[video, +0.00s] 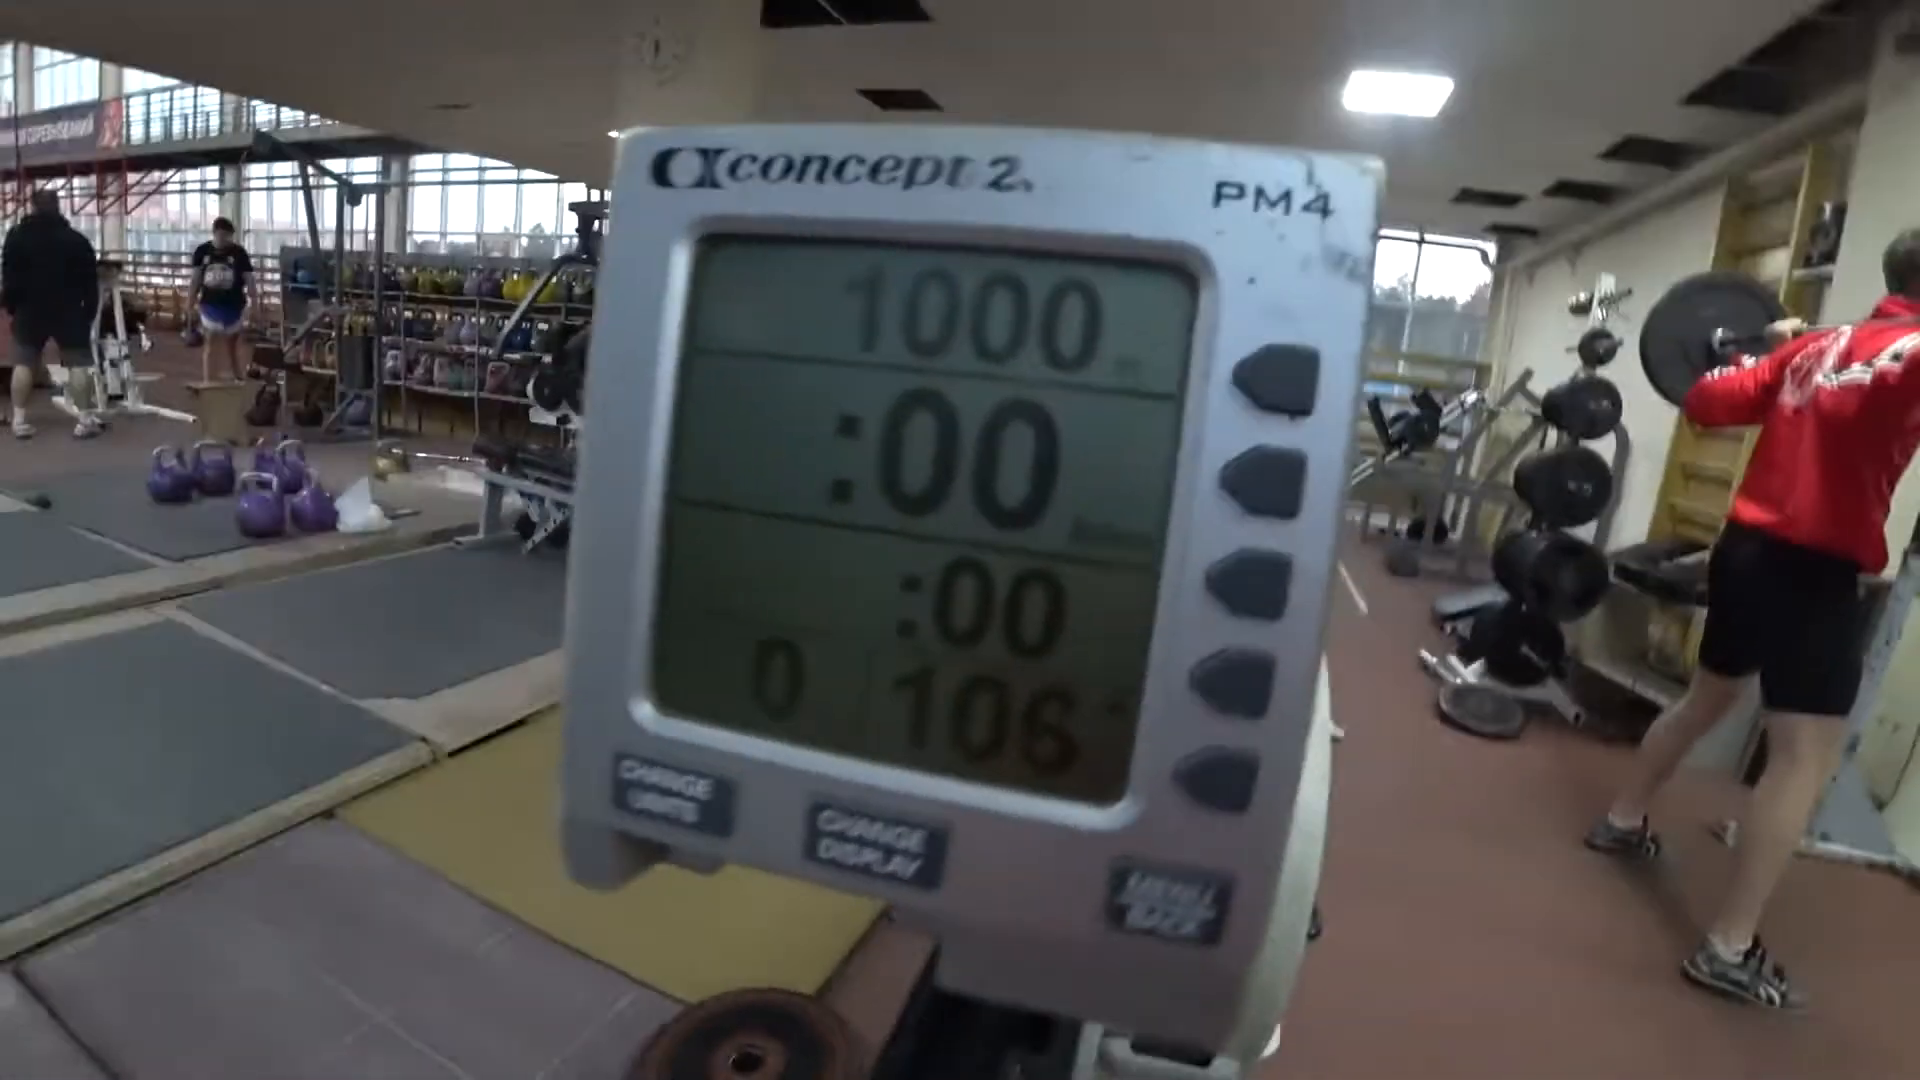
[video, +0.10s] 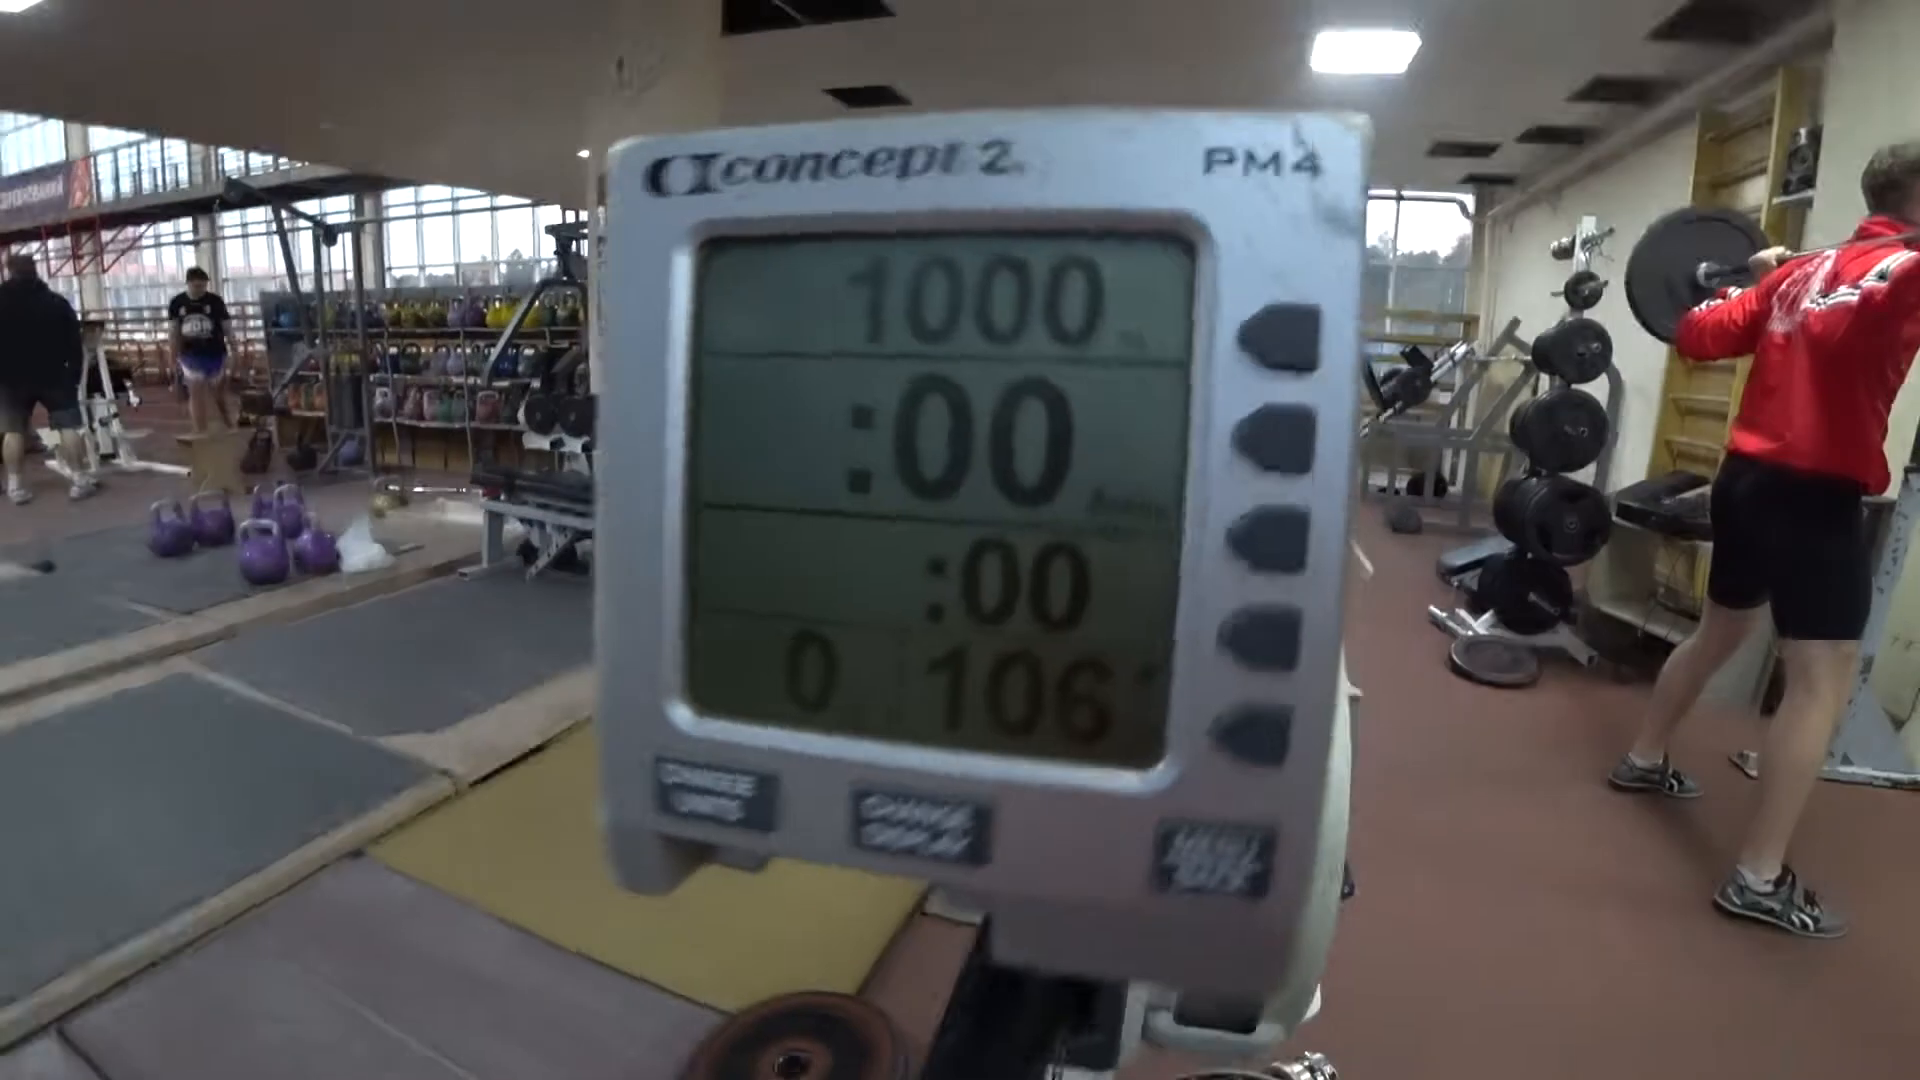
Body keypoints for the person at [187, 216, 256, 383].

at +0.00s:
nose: (222, 239)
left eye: (226, 235)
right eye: (219, 235)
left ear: (232, 235)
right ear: (213, 234)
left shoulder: (239, 252)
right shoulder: (202, 251)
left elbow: (249, 281)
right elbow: (195, 280)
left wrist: (255, 307)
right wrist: (189, 306)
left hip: (234, 306)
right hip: (210, 305)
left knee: (233, 345)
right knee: (210, 345)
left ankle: (239, 379)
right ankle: (208, 383)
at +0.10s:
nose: (198, 289)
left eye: (201, 285)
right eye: (194, 285)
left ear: (206, 284)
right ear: (187, 285)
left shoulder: (215, 301)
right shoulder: (177, 303)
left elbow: (227, 329)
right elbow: (174, 334)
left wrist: (235, 354)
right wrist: (173, 360)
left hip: (215, 353)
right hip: (190, 354)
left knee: (219, 390)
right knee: (195, 393)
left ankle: (229, 424)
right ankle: (199, 430)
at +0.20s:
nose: (182, 308)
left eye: (186, 303)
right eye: (179, 304)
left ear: (192, 302)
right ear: (173, 304)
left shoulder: (203, 319)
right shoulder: (165, 321)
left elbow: (216, 347)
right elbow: (162, 352)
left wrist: (224, 372)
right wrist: (163, 382)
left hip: (204, 372)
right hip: (179, 374)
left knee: (211, 410)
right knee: (189, 411)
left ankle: (222, 443)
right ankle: (194, 451)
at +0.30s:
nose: (179, 306)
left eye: (183, 302)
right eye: (175, 302)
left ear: (189, 301)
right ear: (169, 302)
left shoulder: (200, 317)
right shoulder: (160, 320)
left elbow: (212, 346)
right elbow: (157, 350)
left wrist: (219, 371)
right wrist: (159, 379)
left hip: (201, 370)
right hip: (176, 373)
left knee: (209, 410)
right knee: (187, 412)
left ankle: (217, 441)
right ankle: (194, 451)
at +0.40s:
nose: (183, 301)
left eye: (186, 297)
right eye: (179, 298)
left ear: (191, 297)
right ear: (172, 297)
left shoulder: (201, 313)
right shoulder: (161, 314)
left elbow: (213, 341)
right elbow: (158, 345)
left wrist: (217, 365)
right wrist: (159, 372)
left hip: (202, 365)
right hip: (177, 369)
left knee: (210, 406)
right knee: (188, 408)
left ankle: (213, 443)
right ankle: (196, 448)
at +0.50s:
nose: (192, 298)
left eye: (195, 294)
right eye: (188, 295)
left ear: (198, 293)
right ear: (179, 294)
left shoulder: (204, 309)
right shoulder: (166, 310)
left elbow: (216, 337)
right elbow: (161, 341)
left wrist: (219, 363)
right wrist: (162, 369)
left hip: (205, 362)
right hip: (180, 365)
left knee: (211, 403)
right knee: (191, 407)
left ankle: (214, 444)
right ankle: (200, 446)